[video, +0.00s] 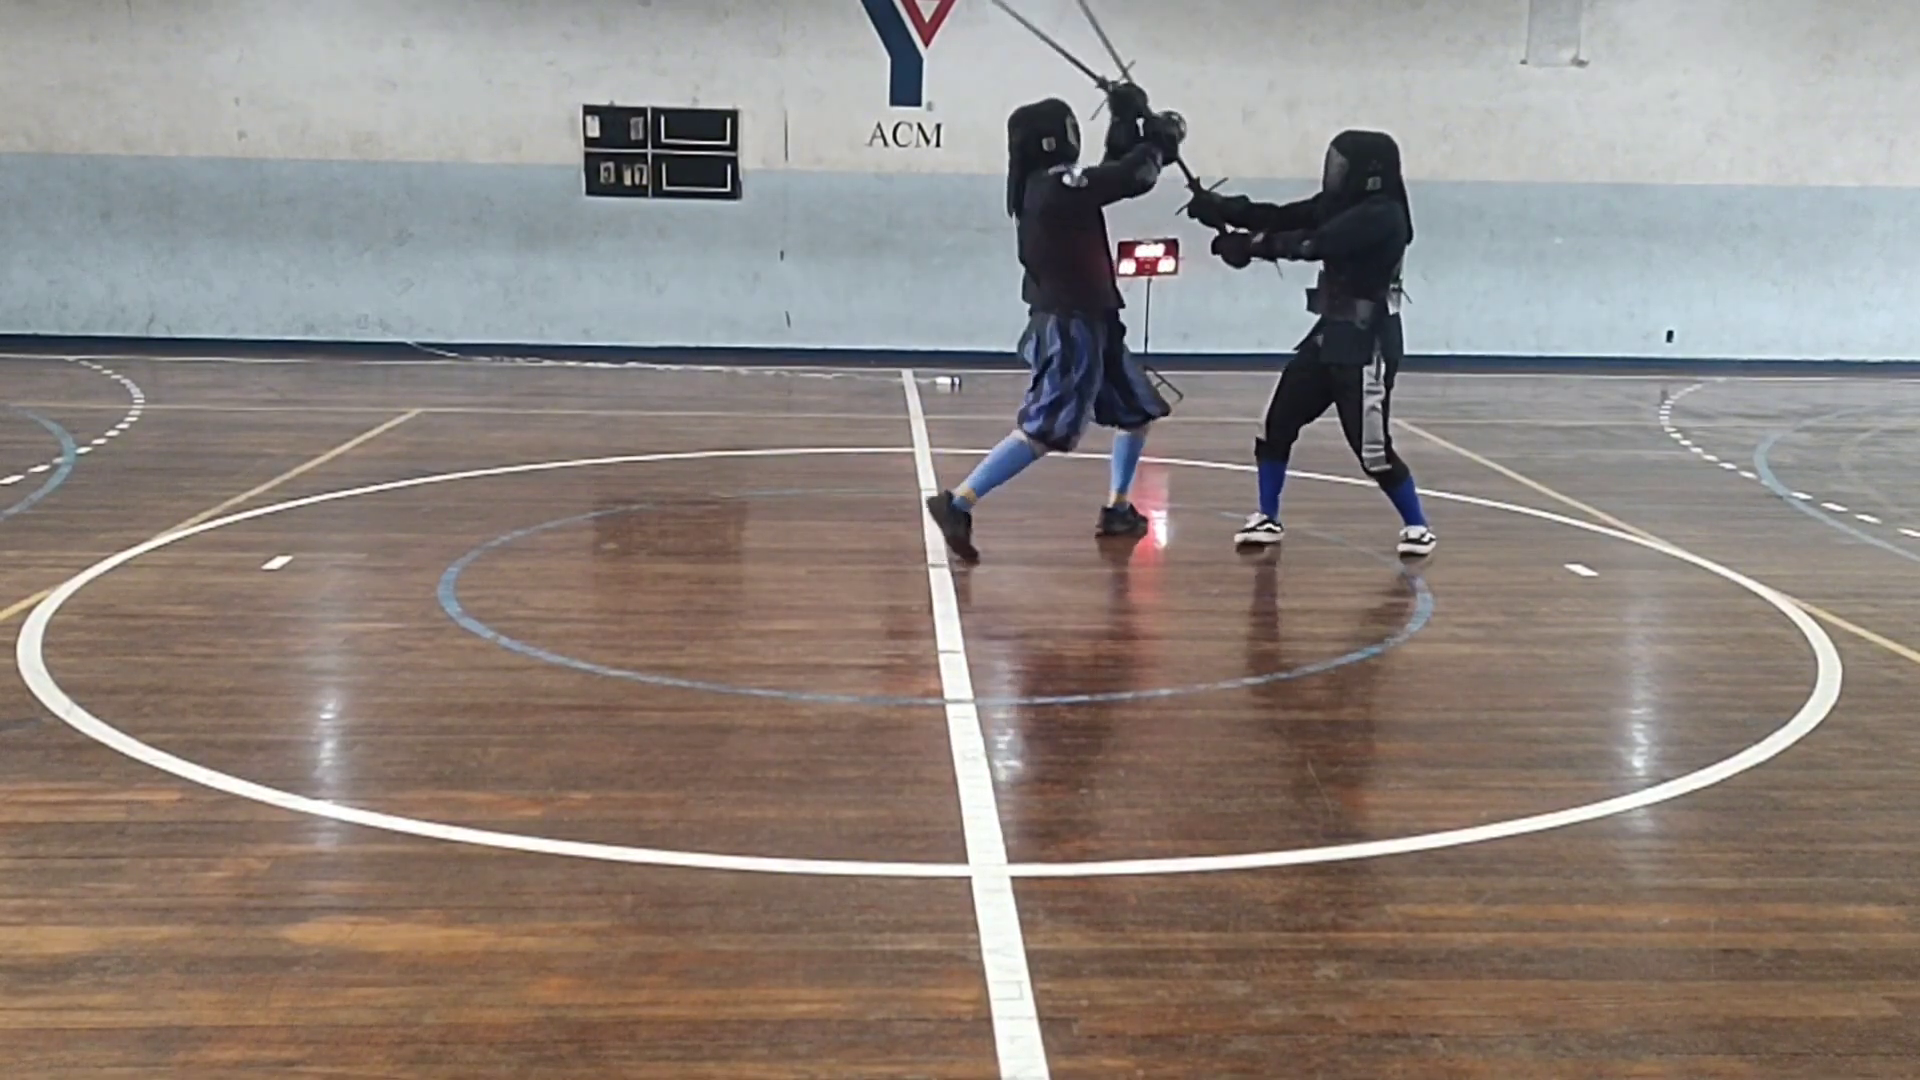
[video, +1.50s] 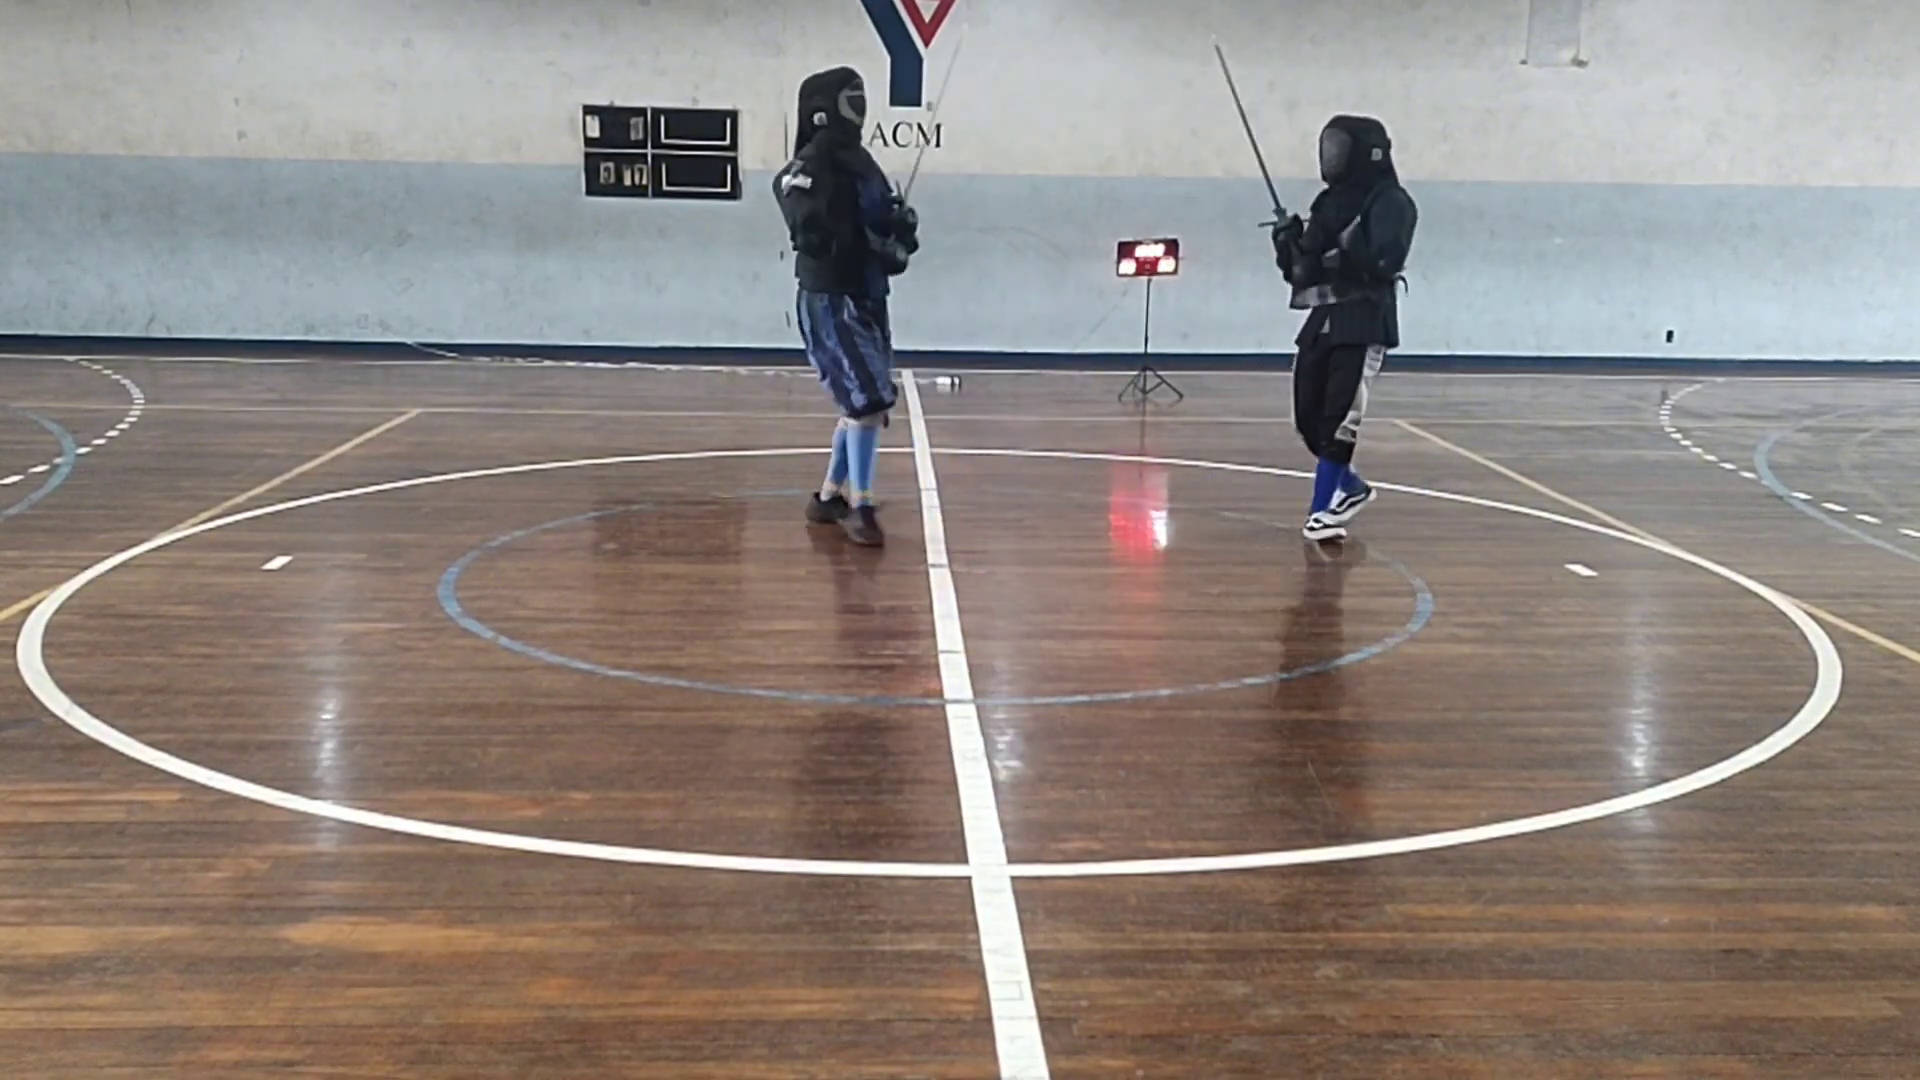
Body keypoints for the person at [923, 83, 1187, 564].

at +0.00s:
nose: (1078, 137)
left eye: (1073, 130)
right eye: (1070, 130)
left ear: (1032, 146)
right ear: (1052, 142)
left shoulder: (1047, 182)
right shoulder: (1058, 185)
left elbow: (1111, 174)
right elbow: (1136, 178)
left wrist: (1123, 121)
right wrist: (1159, 139)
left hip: (1090, 320)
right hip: (1068, 322)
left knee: (1136, 412)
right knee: (1048, 429)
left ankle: (1118, 509)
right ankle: (957, 503)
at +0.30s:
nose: (1089, 109)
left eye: (1093, 102)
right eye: (1077, 101)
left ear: (1097, 107)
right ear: (1051, 109)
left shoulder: (1112, 156)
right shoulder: (1028, 154)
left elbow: (1129, 133)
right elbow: (991, 88)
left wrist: (1106, 81)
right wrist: (1040, 37)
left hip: (1103, 300)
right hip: (1046, 299)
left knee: (1116, 410)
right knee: (1020, 405)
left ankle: (1111, 508)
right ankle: (980, 514)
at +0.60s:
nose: (1038, 124)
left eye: (1045, 116)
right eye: (1027, 117)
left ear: (1057, 122)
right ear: (1009, 127)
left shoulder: (1080, 167)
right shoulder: (997, 171)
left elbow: (1093, 133)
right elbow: (954, 110)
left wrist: (1066, 97)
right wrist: (994, 54)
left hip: (1078, 313)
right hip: (1016, 314)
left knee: (1104, 422)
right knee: (986, 419)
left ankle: (1131, 507)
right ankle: (954, 519)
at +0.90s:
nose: (984, 137)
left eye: (990, 129)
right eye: (973, 130)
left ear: (1001, 133)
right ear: (952, 138)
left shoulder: (1022, 179)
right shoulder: (939, 183)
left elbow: (1056, 145)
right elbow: (896, 120)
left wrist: (1018, 106)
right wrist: (942, 67)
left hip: (1017, 321)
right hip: (955, 325)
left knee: (1063, 421)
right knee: (959, 426)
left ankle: (1109, 502)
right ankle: (953, 522)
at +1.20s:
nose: (924, 126)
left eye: (928, 119)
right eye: (914, 120)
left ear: (935, 122)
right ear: (889, 125)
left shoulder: (951, 167)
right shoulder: (869, 170)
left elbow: (1000, 178)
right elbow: (831, 126)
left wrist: (959, 117)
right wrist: (883, 93)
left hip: (949, 314)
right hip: (900, 315)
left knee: (941, 423)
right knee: (934, 420)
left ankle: (869, 473)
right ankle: (951, 523)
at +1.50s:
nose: (859, 113)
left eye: (861, 104)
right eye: (852, 103)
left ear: (822, 110)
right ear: (826, 108)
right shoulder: (831, 157)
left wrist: (898, 228)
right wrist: (896, 242)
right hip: (838, 297)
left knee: (861, 398)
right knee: (870, 399)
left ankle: (830, 496)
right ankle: (860, 504)